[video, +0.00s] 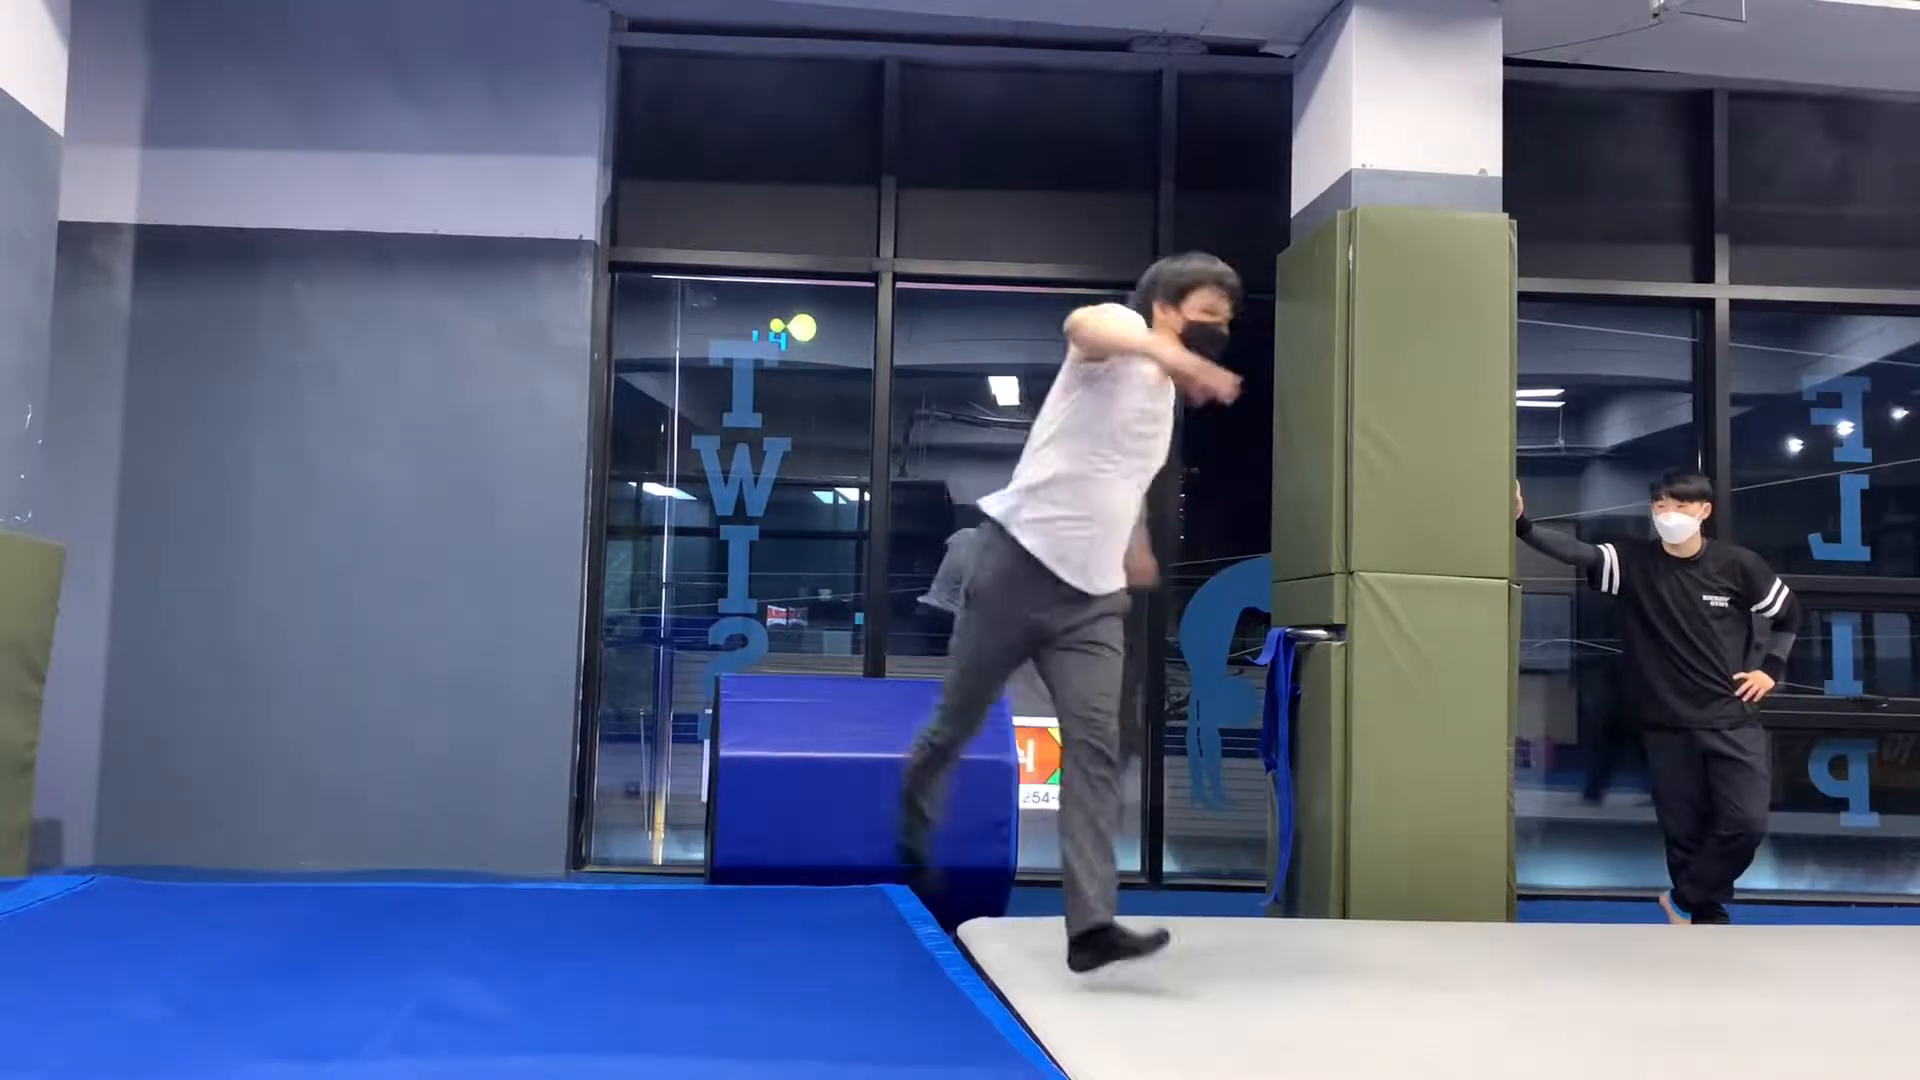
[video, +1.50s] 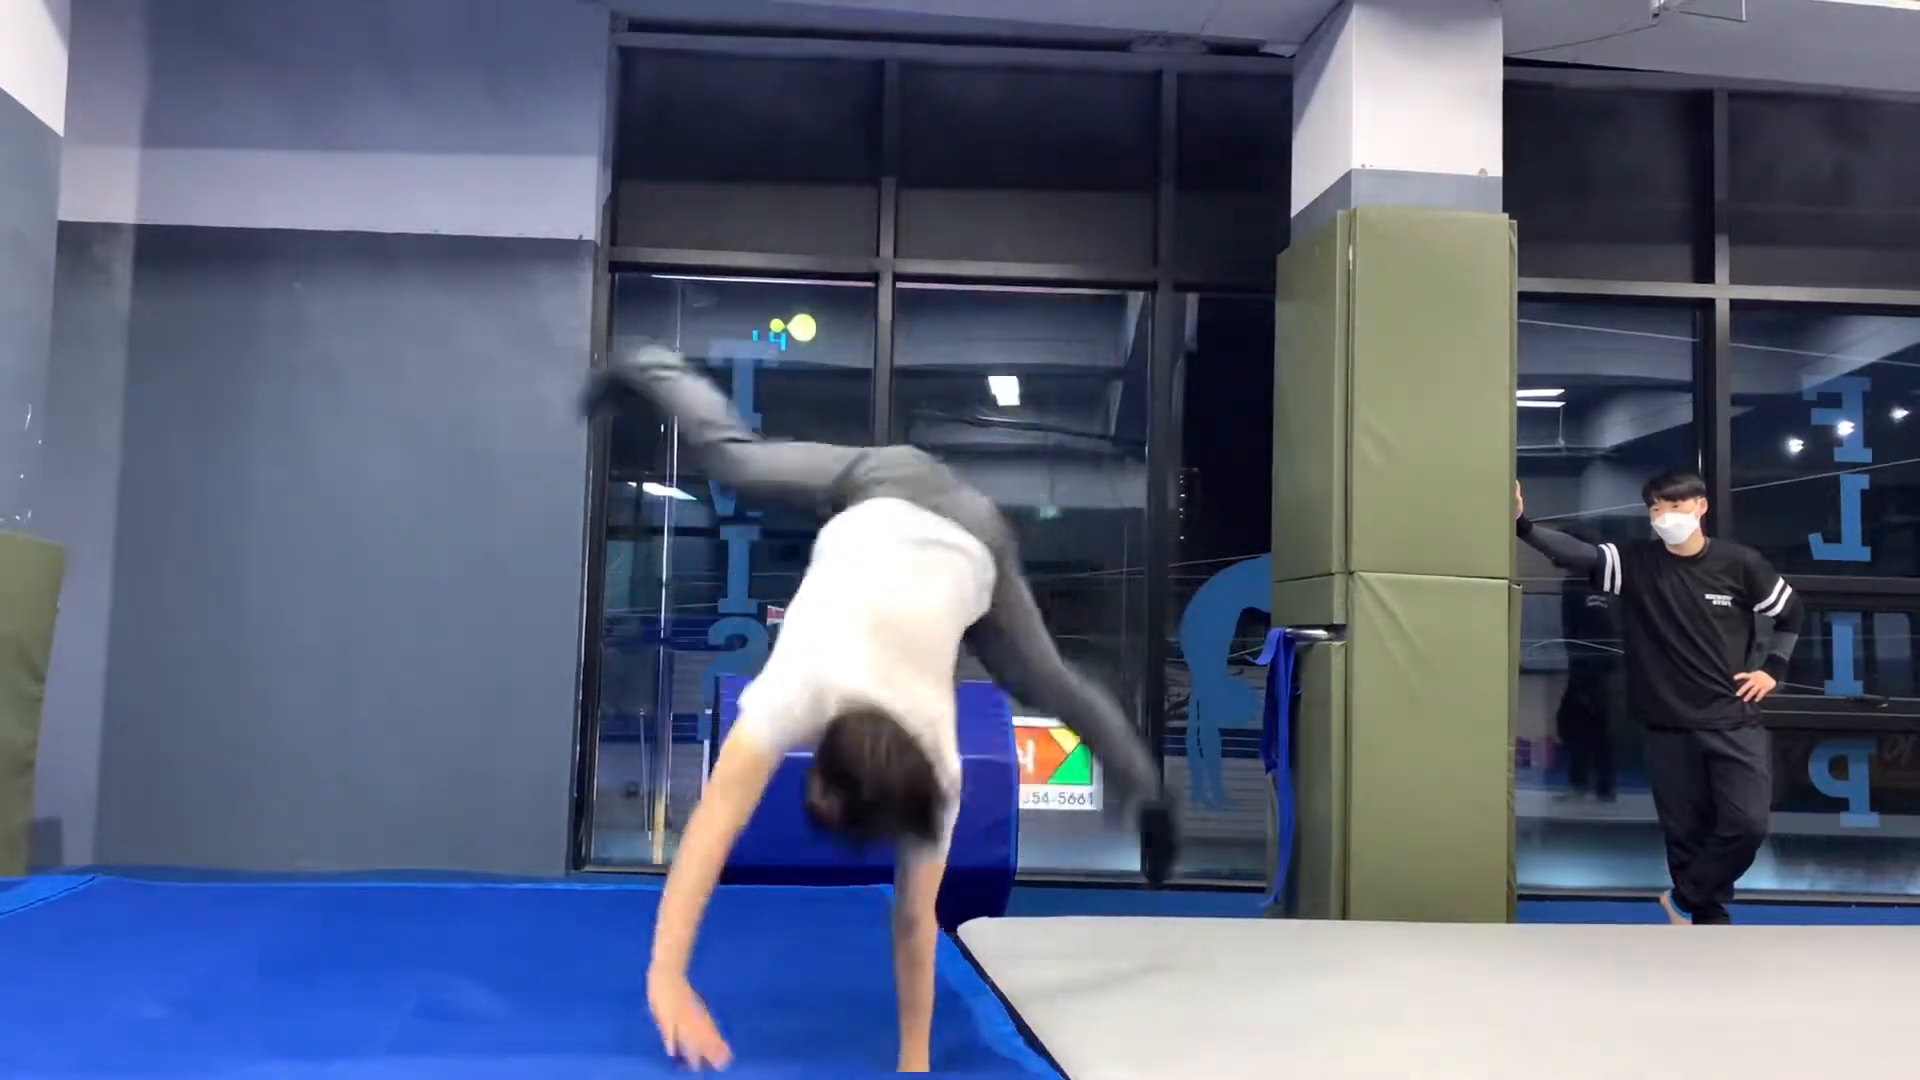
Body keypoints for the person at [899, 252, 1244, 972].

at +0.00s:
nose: (1213, 333)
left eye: (1221, 323)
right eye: (1206, 316)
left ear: (1205, 325)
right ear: (1165, 305)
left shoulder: (1168, 386)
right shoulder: (1119, 328)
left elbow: (1114, 471)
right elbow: (1083, 328)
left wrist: (1130, 540)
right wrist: (1180, 362)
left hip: (1093, 591)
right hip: (1016, 563)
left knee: (1096, 747)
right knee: (955, 724)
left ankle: (1090, 926)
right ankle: (911, 828)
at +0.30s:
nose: (1279, 375)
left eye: (1280, 362)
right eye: (1269, 360)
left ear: (1234, 363)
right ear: (1226, 359)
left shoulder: (1196, 441)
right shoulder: (1174, 395)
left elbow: (1096, 528)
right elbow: (1058, 439)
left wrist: (1001, 584)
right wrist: (934, 466)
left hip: (1109, 646)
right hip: (1048, 607)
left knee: (1172, 786)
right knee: (911, 745)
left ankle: (1107, 976)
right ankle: (729, 773)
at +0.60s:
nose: (1132, 312)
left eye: (1131, 300)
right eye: (1127, 299)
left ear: (1052, 311)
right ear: (1101, 305)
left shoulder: (1015, 378)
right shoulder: (1107, 360)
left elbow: (1121, 384)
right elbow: (1245, 386)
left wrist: (1195, 345)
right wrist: (1369, 376)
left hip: (1040, 616)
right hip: (1091, 596)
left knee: (1154, 796)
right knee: (1269, 661)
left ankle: (1105, 989)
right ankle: (1457, 762)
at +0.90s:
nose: (935, 258)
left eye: (940, 248)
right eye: (944, 243)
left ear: (962, 262)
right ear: (1021, 241)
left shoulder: (959, 310)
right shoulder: (1077, 279)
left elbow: (894, 191)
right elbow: (1050, 173)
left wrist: (898, 72)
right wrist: (992, 73)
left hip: (1098, 569)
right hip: (1164, 503)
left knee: (1074, 757)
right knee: (1196, 393)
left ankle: (1127, 936)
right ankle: (1291, 342)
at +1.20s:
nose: (895, 474)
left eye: (899, 460)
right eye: (884, 462)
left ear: (938, 438)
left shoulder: (996, 520)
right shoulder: (947, 398)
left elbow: (891, 602)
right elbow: (836, 351)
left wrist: (795, 691)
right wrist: (752, 311)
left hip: (1110, 623)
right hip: (1120, 537)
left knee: (1033, 799)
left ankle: (1130, 954)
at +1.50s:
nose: (826, 827)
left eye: (844, 829)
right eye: (825, 815)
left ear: (904, 800)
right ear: (823, 769)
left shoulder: (936, 782)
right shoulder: (786, 700)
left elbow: (916, 927)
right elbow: (713, 828)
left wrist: (914, 1061)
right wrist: (666, 974)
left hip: (979, 532)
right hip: (888, 480)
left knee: (1045, 679)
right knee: (730, 457)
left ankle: (1152, 796)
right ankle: (659, 374)